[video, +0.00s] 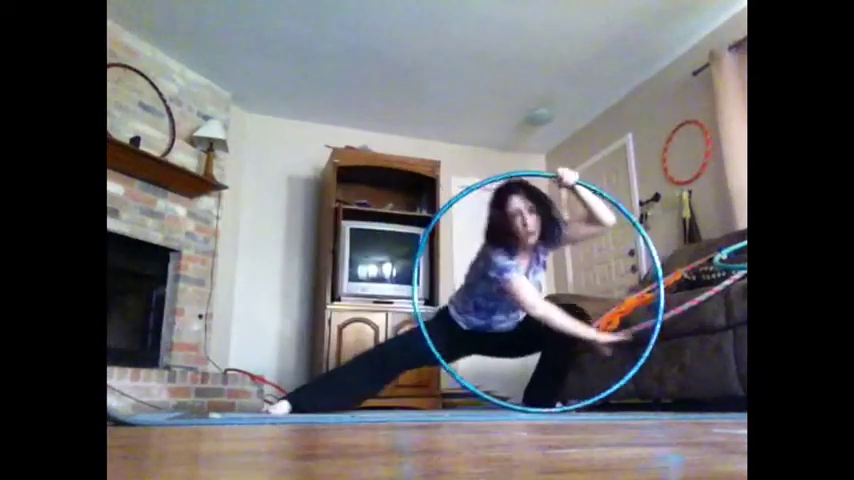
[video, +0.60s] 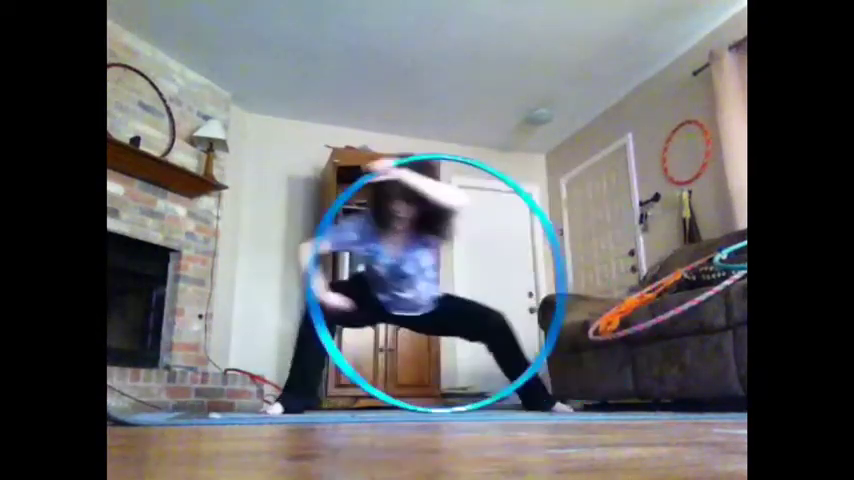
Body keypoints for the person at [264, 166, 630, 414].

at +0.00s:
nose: (523, 222)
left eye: (528, 213)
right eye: (513, 217)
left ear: (542, 214)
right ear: (503, 224)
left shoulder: (547, 240)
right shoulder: (498, 258)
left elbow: (604, 222)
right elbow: (536, 307)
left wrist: (575, 186)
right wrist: (594, 336)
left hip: (504, 331)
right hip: (455, 330)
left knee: (568, 326)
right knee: (385, 359)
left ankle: (534, 411)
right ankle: (294, 405)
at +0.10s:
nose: (522, 229)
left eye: (530, 221)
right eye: (513, 222)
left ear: (541, 225)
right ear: (500, 226)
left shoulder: (544, 246)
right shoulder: (490, 260)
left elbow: (602, 226)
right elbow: (501, 311)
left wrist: (572, 187)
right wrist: (560, 342)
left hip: (500, 330)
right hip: (451, 330)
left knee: (566, 317)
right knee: (382, 349)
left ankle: (535, 415)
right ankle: (294, 406)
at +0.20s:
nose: (513, 233)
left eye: (521, 225)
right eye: (505, 224)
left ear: (533, 229)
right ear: (493, 225)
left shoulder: (537, 247)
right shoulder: (478, 254)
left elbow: (593, 225)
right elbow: (462, 300)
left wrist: (561, 187)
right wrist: (521, 342)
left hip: (493, 324)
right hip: (445, 322)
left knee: (558, 317)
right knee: (373, 344)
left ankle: (538, 413)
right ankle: (291, 405)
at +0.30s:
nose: (496, 232)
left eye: (506, 225)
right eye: (490, 223)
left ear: (519, 229)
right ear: (478, 222)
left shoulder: (521, 246)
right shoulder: (459, 249)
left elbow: (578, 222)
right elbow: (424, 286)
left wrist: (541, 183)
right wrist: (471, 333)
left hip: (487, 320)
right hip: (437, 317)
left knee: (548, 313)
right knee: (364, 334)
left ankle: (538, 408)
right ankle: (290, 407)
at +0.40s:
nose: (462, 225)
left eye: (472, 219)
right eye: (457, 216)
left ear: (486, 223)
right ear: (445, 214)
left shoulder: (485, 248)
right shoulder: (424, 240)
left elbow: (540, 213)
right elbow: (379, 265)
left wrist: (495, 176)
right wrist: (415, 318)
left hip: (461, 317)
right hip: (408, 313)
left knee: (530, 317)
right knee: (353, 316)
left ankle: (541, 405)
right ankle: (292, 404)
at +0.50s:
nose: (439, 217)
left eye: (446, 211)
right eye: (433, 209)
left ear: (460, 215)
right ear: (420, 210)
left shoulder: (463, 246)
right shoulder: (399, 236)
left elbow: (506, 211)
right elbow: (345, 257)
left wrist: (462, 180)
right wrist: (377, 308)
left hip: (443, 312)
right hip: (393, 308)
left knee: (512, 317)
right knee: (338, 313)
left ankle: (540, 404)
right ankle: (295, 403)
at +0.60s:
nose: (399, 211)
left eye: (405, 206)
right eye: (393, 205)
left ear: (416, 209)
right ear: (382, 206)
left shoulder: (428, 235)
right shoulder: (365, 230)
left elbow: (455, 201)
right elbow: (310, 249)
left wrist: (399, 173)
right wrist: (321, 291)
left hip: (426, 308)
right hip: (375, 303)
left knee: (493, 324)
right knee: (318, 310)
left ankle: (541, 403)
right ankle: (296, 402)